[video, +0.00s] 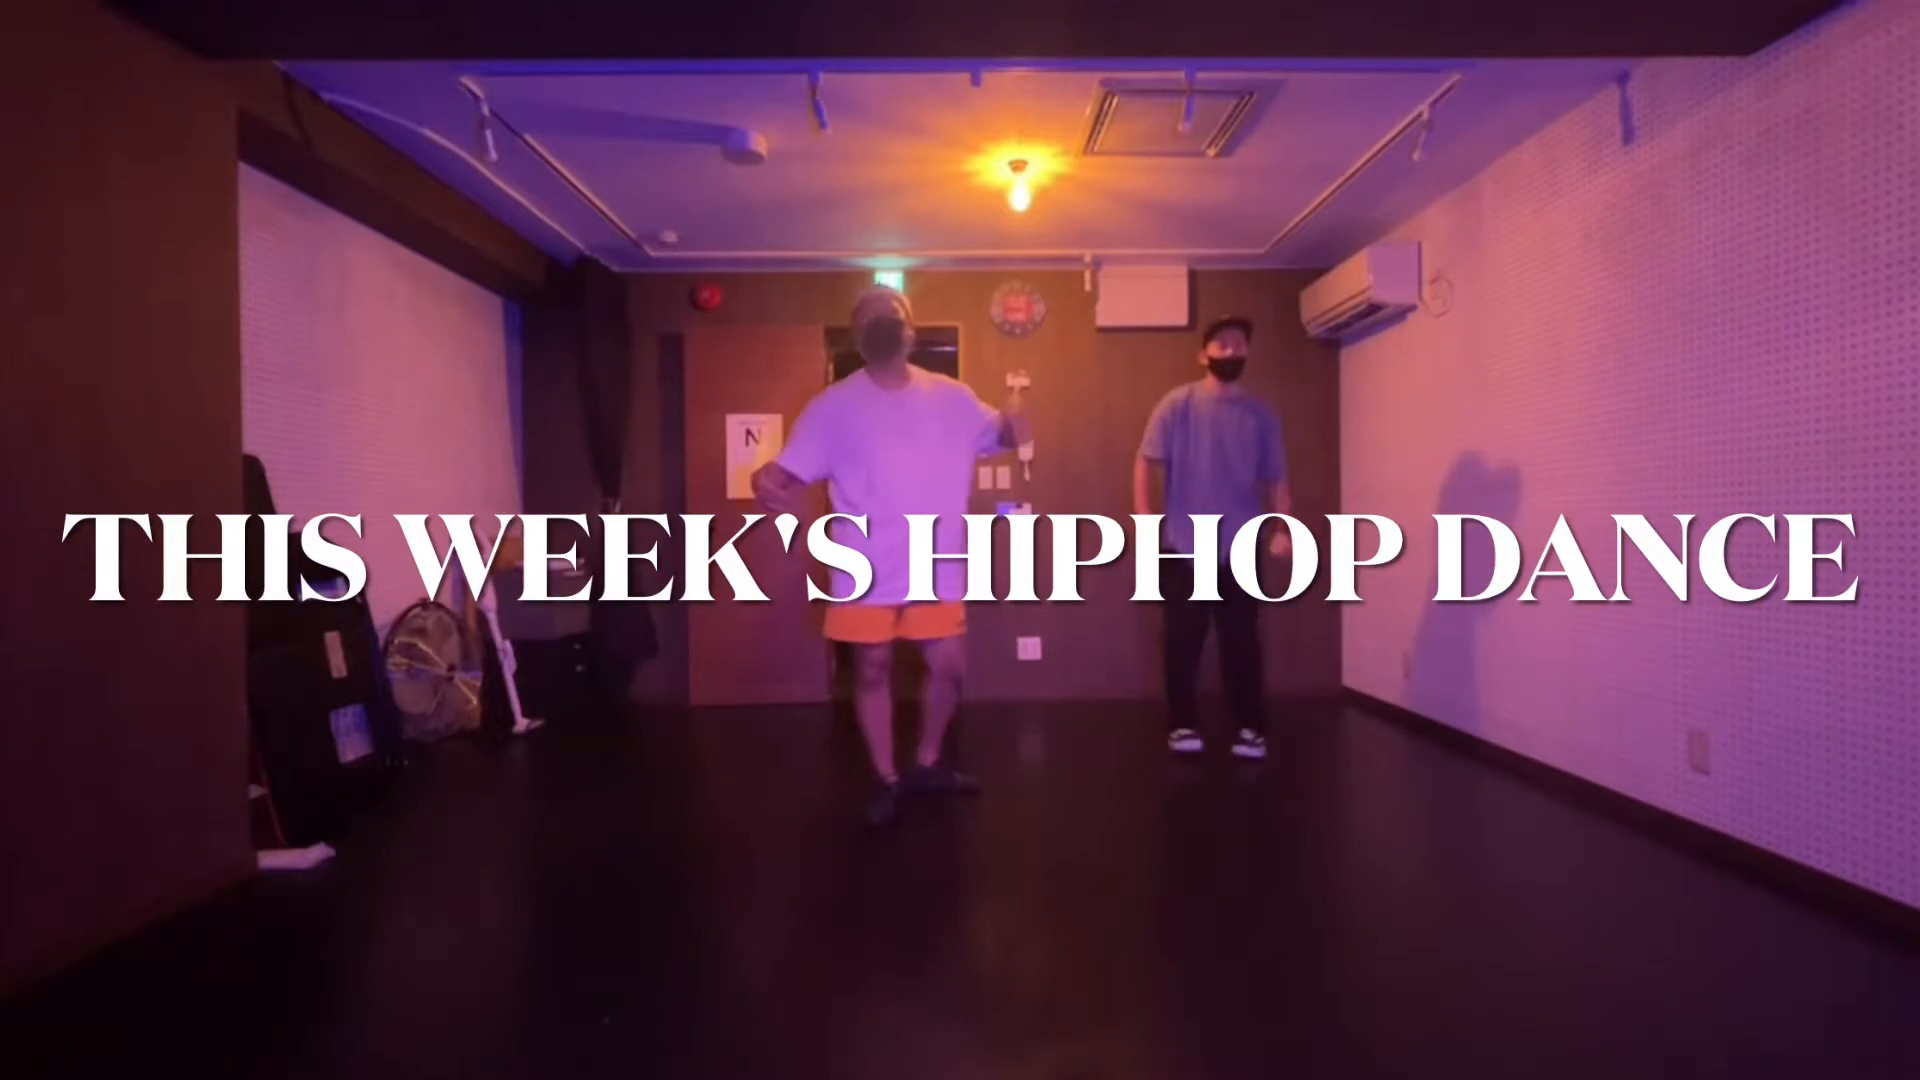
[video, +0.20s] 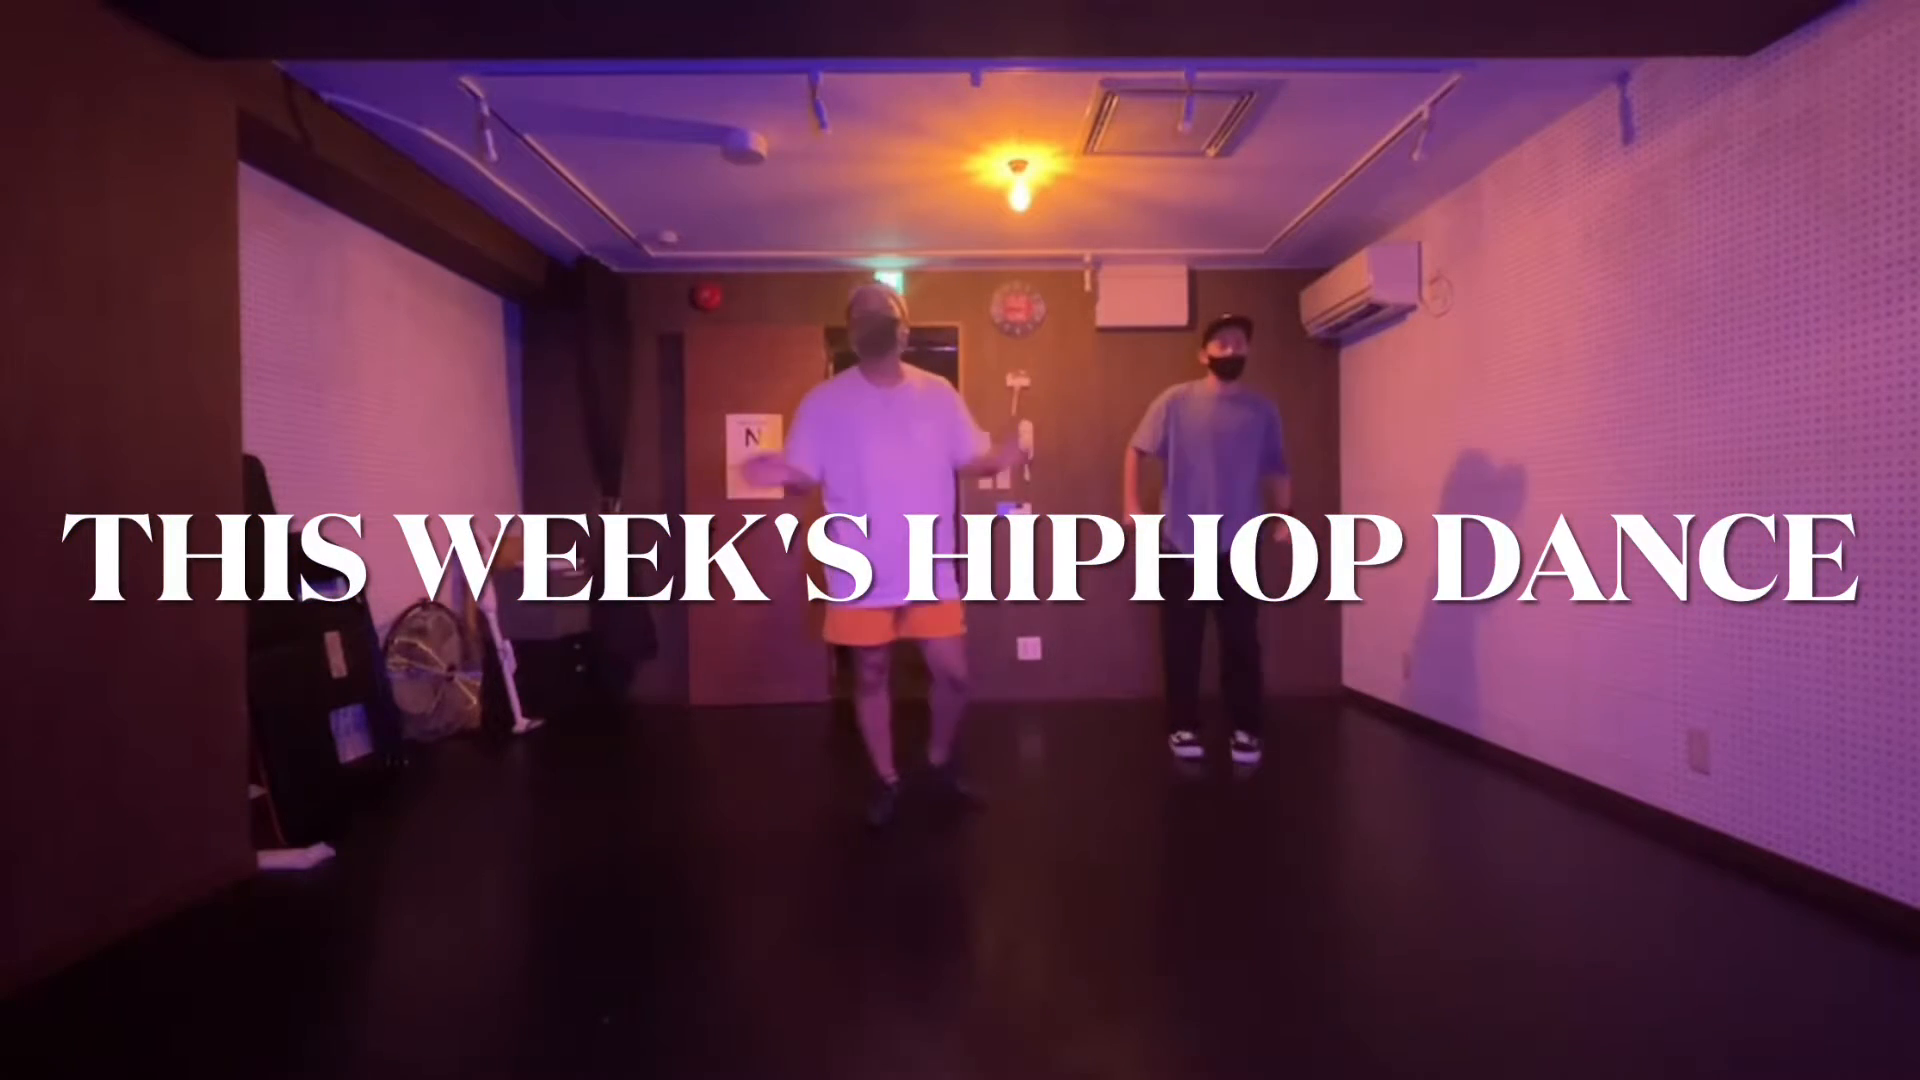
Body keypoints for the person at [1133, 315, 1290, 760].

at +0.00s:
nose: (1231, 352)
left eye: (1239, 345)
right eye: (1222, 344)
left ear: (1249, 355)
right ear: (1204, 353)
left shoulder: (1261, 414)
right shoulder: (1176, 404)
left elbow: (1277, 480)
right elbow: (1146, 465)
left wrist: (1282, 532)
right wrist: (1146, 525)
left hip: (1240, 545)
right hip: (1183, 544)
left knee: (1242, 637)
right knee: (1183, 636)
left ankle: (1249, 726)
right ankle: (1182, 725)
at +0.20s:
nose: (1230, 351)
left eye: (1238, 344)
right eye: (1221, 343)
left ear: (1249, 354)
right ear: (1204, 352)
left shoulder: (1262, 409)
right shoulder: (1175, 401)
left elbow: (1278, 473)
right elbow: (1136, 451)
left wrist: (1282, 525)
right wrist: (1132, 508)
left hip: (1239, 546)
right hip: (1181, 545)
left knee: (1241, 640)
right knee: (1182, 641)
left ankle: (1246, 728)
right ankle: (1183, 727)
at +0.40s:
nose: (1230, 351)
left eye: (1238, 344)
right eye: (1222, 343)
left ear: (1249, 353)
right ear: (1204, 351)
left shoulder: (1262, 405)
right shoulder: (1175, 398)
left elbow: (1280, 469)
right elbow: (1132, 444)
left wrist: (1281, 520)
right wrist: (1133, 499)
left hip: (1239, 545)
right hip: (1181, 544)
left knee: (1236, 642)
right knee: (1180, 642)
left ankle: (1235, 728)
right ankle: (1182, 728)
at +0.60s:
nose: (1230, 350)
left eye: (1238, 343)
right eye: (1222, 342)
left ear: (1249, 353)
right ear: (1203, 351)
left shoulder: (1262, 403)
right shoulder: (1174, 397)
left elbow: (1283, 462)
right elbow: (1131, 442)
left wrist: (1268, 499)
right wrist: (1146, 494)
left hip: (1238, 545)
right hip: (1180, 543)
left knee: (1235, 642)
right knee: (1181, 642)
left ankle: (1234, 729)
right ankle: (1182, 728)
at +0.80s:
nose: (1232, 348)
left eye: (1240, 341)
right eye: (1223, 340)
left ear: (1250, 350)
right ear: (1204, 348)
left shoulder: (1262, 401)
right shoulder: (1176, 397)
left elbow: (1292, 457)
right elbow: (1133, 445)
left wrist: (1275, 494)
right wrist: (1154, 497)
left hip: (1241, 544)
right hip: (1183, 543)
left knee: (1239, 639)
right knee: (1183, 639)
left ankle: (1234, 727)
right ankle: (1182, 728)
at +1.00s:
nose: (1230, 359)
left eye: (1236, 351)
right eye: (1220, 352)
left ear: (1247, 359)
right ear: (1202, 364)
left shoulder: (1266, 412)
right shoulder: (1182, 413)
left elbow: (1312, 466)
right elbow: (1130, 460)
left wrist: (1276, 506)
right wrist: (1158, 509)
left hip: (1247, 548)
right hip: (1191, 548)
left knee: (1249, 637)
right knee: (1199, 625)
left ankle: (1236, 729)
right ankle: (1193, 691)